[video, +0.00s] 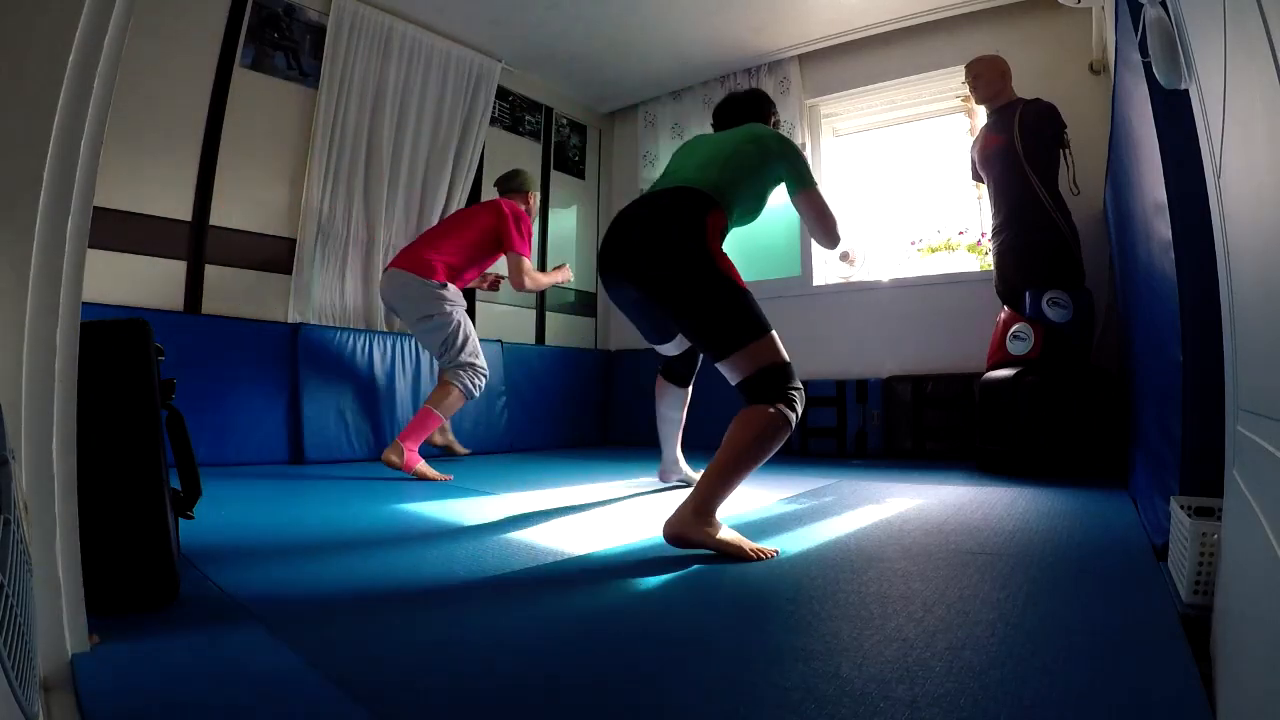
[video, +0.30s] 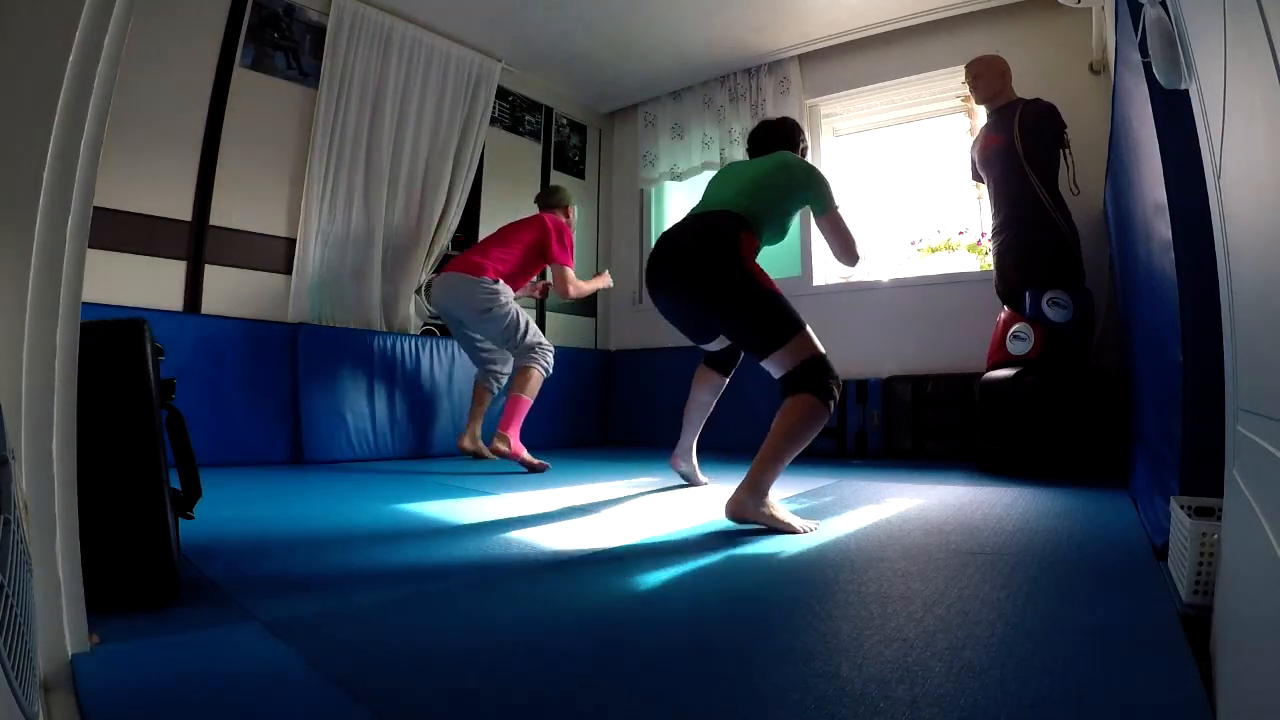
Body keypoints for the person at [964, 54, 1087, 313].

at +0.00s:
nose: (970, 85)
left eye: (976, 76)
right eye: (968, 81)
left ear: (1004, 75)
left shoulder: (1038, 112)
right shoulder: (980, 140)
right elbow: (979, 177)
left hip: (1050, 241)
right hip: (1008, 250)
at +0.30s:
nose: (970, 84)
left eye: (976, 76)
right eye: (968, 81)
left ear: (1004, 76)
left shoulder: (1038, 112)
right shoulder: (980, 140)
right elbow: (978, 176)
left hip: (1050, 241)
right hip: (1007, 249)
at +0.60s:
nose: (970, 85)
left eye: (976, 77)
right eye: (968, 81)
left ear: (1003, 76)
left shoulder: (1038, 112)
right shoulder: (981, 139)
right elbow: (978, 176)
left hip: (1050, 242)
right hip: (1008, 250)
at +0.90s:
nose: (970, 85)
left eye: (975, 77)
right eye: (967, 81)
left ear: (1003, 76)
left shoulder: (1038, 112)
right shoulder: (981, 140)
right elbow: (978, 176)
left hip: (1051, 244)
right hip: (1008, 251)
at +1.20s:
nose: (970, 86)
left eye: (975, 77)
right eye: (968, 82)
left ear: (1003, 75)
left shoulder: (1037, 111)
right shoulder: (981, 140)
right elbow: (979, 176)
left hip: (1050, 243)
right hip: (1008, 250)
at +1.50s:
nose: (970, 86)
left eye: (975, 78)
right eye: (968, 82)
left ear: (1003, 75)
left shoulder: (1037, 111)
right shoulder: (981, 140)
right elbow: (979, 176)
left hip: (1050, 243)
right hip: (1008, 250)